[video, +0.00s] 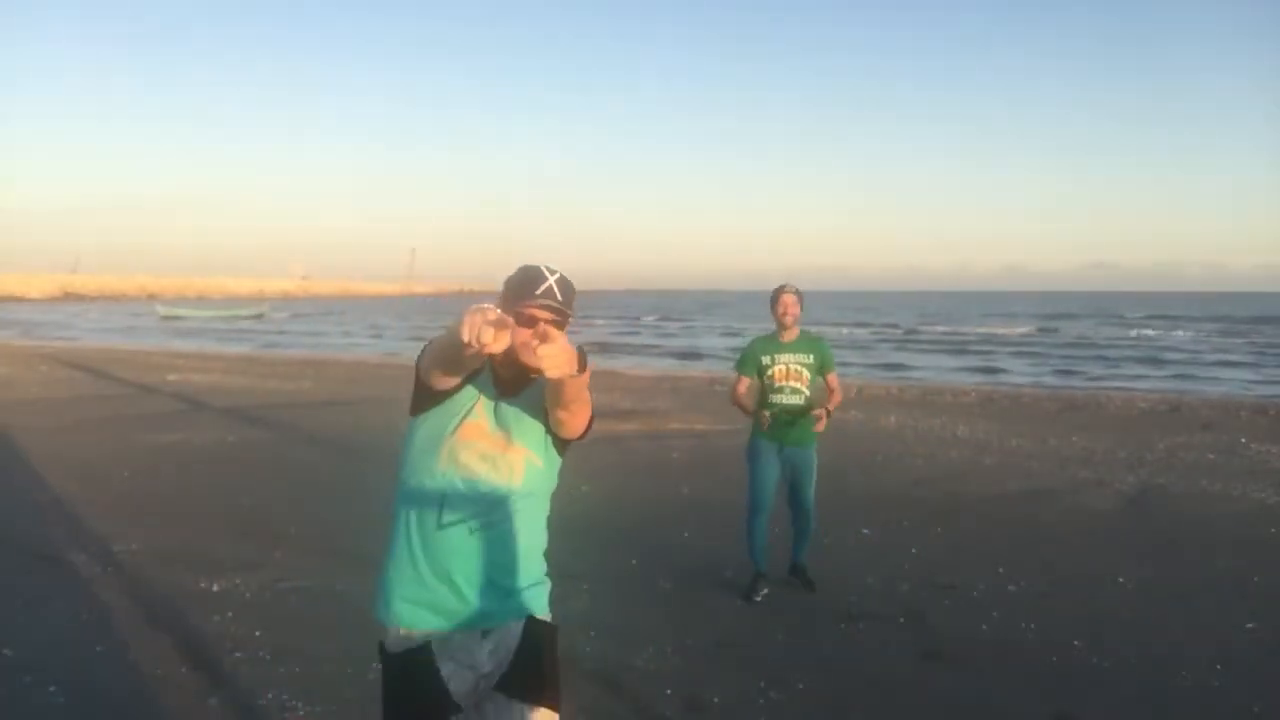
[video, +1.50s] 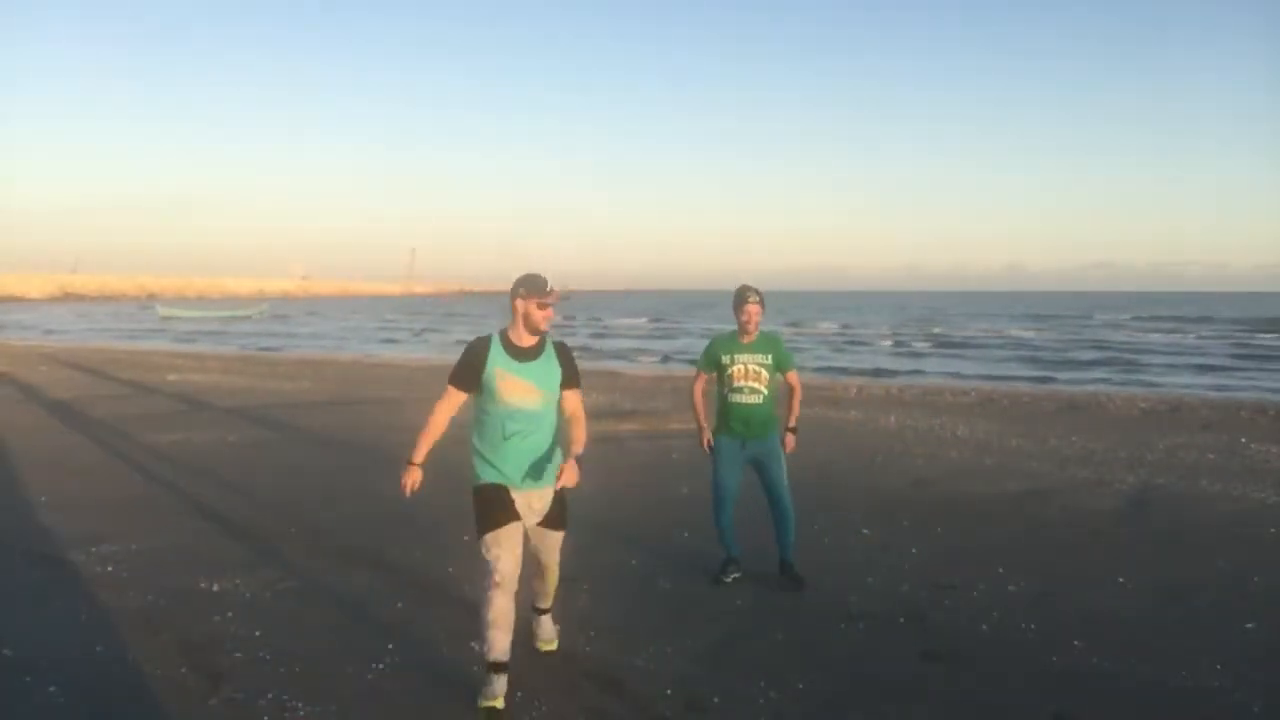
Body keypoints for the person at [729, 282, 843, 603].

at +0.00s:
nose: (786, 310)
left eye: (792, 305)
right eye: (781, 305)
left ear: (800, 310)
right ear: (773, 310)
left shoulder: (817, 348)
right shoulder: (758, 348)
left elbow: (835, 390)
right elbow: (739, 392)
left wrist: (826, 409)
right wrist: (755, 413)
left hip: (803, 437)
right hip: (767, 437)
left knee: (805, 506)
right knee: (761, 505)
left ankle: (798, 565)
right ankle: (759, 572)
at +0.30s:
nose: (784, 307)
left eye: (790, 302)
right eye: (780, 301)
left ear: (800, 306)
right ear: (773, 306)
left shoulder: (815, 344)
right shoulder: (756, 342)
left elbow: (821, 392)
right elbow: (749, 388)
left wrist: (800, 383)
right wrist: (781, 391)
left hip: (801, 432)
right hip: (764, 431)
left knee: (802, 502)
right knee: (752, 495)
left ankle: (799, 564)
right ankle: (738, 557)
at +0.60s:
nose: (760, 309)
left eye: (766, 304)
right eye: (755, 304)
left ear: (774, 309)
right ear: (748, 309)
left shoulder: (790, 343)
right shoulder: (732, 345)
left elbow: (809, 380)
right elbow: (719, 387)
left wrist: (809, 401)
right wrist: (737, 398)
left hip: (783, 433)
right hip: (747, 433)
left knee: (793, 501)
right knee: (738, 497)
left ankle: (798, 564)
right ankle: (733, 561)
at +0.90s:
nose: (747, 308)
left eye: (753, 303)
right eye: (742, 303)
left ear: (761, 306)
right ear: (735, 307)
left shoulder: (777, 340)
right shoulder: (720, 343)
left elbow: (786, 388)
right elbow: (712, 388)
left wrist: (764, 383)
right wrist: (741, 389)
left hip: (770, 430)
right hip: (734, 430)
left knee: (772, 494)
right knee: (731, 493)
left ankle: (770, 558)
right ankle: (731, 559)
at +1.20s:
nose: (750, 317)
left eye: (755, 311)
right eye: (745, 311)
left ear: (762, 312)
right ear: (735, 311)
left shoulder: (773, 343)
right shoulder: (717, 344)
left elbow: (778, 393)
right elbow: (706, 390)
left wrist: (779, 439)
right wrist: (714, 430)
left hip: (762, 435)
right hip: (728, 434)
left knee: (768, 499)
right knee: (726, 499)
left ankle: (769, 560)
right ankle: (731, 559)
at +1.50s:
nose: (749, 317)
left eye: (754, 311)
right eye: (744, 311)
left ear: (761, 314)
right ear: (735, 313)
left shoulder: (774, 344)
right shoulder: (719, 345)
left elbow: (795, 385)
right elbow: (698, 385)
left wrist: (791, 427)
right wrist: (703, 426)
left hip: (766, 435)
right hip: (728, 436)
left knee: (781, 499)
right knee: (723, 499)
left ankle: (787, 562)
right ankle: (731, 560)